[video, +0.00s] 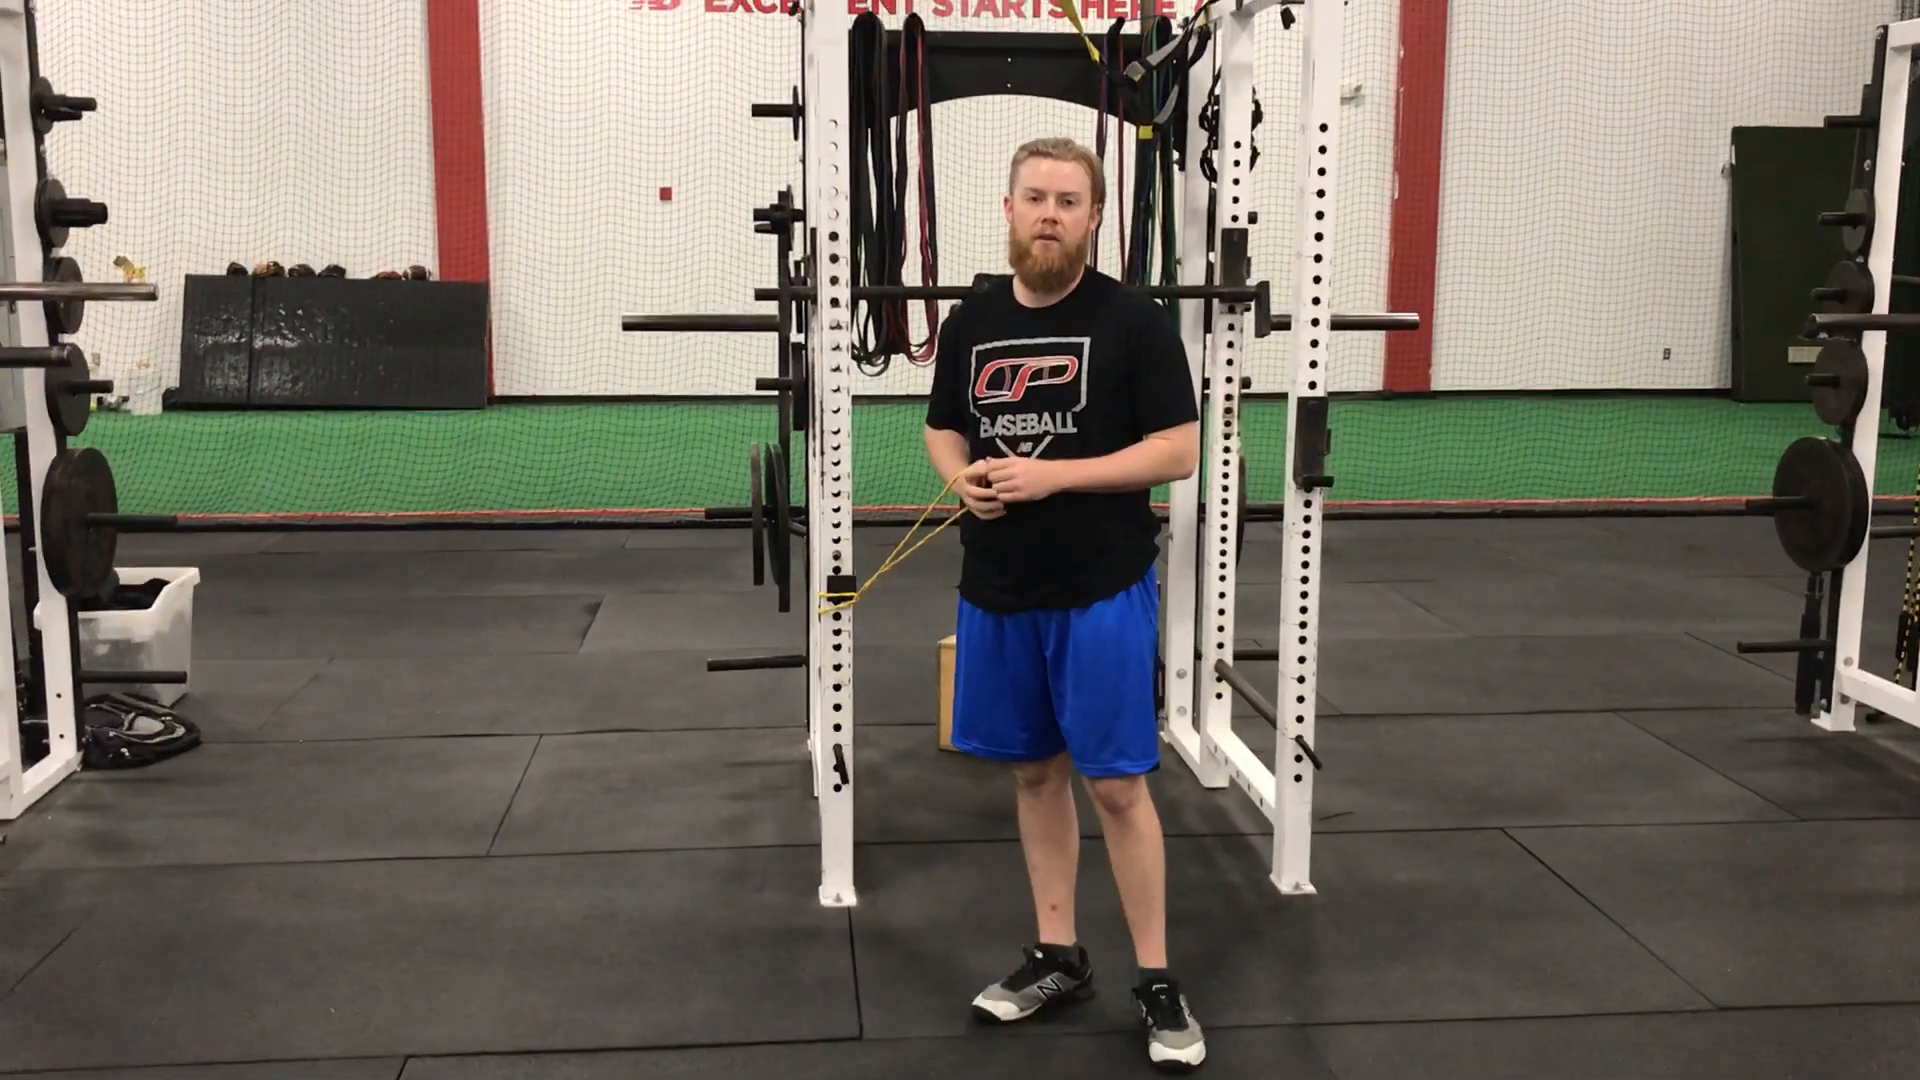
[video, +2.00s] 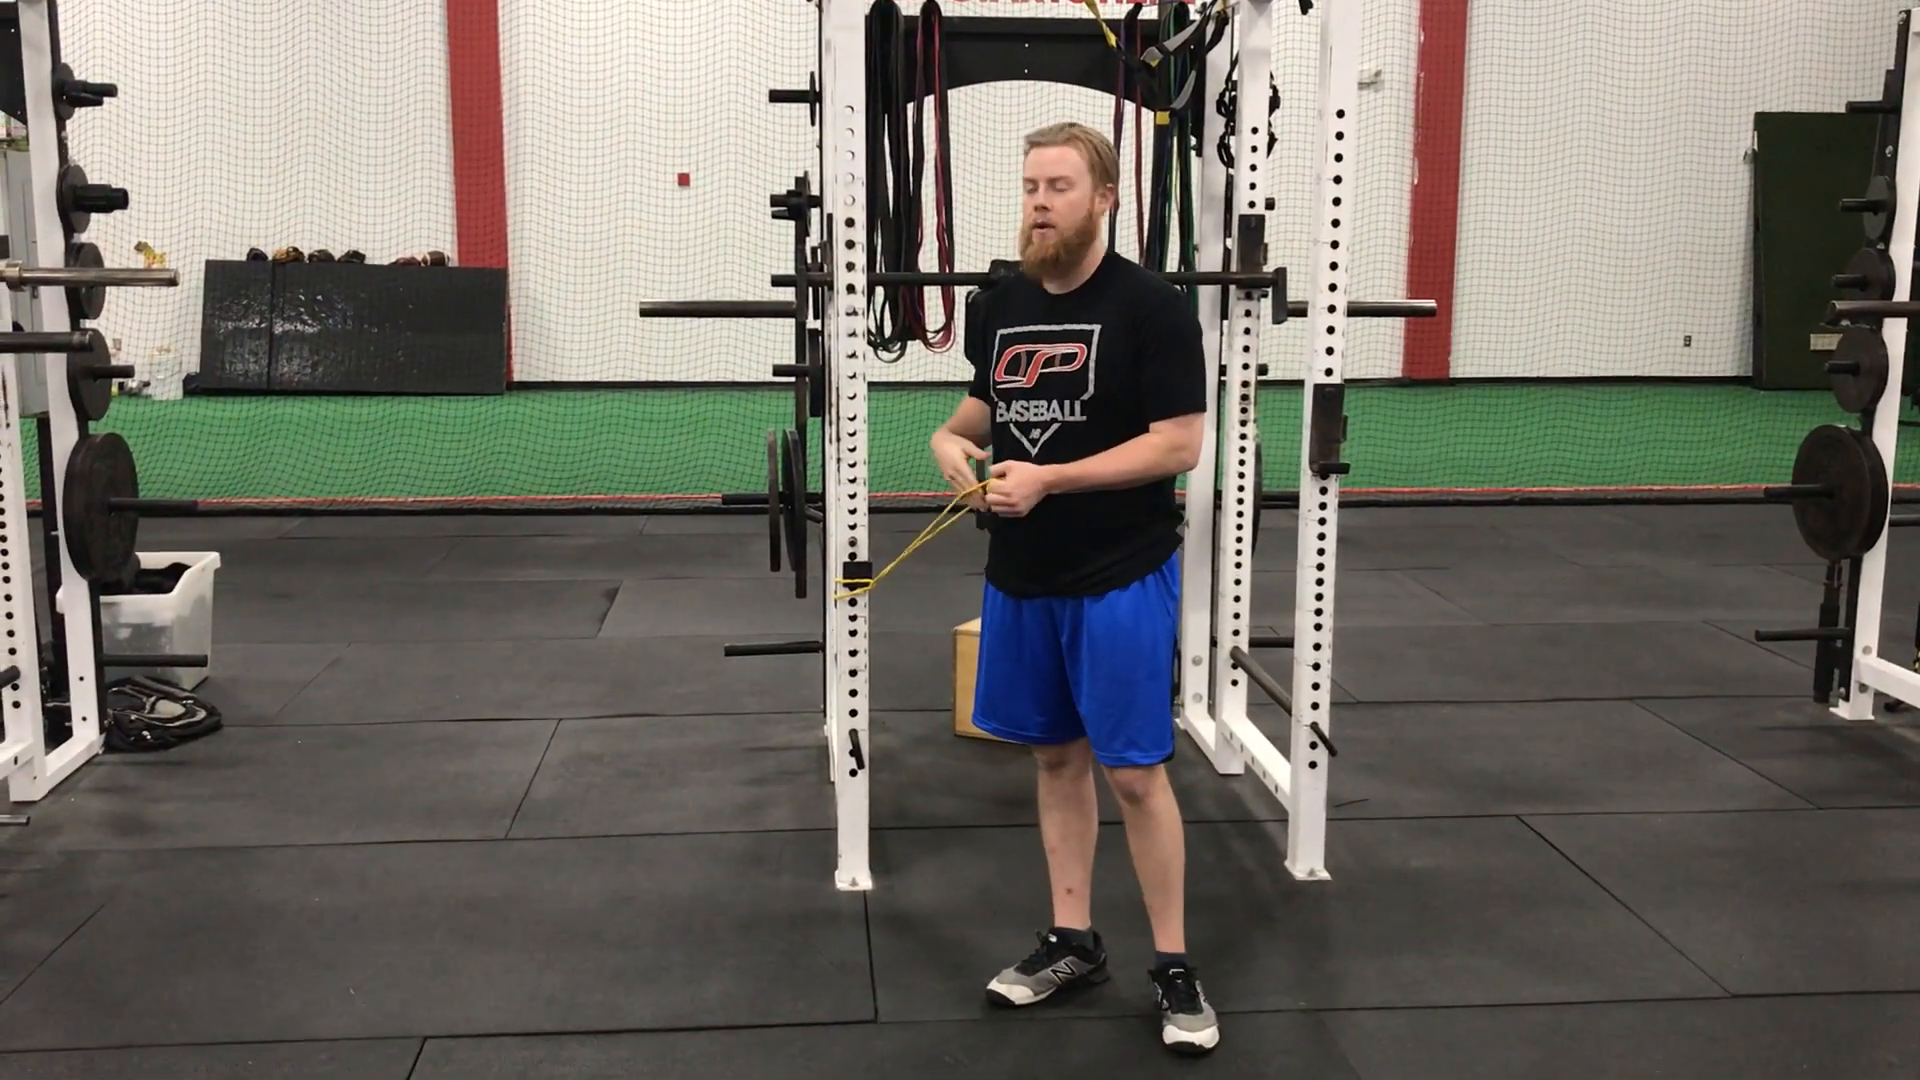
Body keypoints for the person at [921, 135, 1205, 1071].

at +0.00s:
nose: (1050, 214)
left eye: (1068, 201)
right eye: (1035, 197)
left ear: (1094, 218)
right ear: (1007, 210)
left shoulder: (1134, 321)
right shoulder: (972, 320)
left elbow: (1178, 450)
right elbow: (941, 430)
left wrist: (1055, 473)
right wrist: (965, 479)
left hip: (1105, 592)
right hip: (1002, 592)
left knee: (1117, 787)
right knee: (1036, 775)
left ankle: (1155, 981)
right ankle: (1057, 956)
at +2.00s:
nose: (1037, 202)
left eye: (1057, 187)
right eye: (1029, 187)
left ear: (1102, 200)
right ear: (1021, 199)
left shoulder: (1152, 305)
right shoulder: (999, 301)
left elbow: (1182, 442)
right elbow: (986, 408)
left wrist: (1050, 476)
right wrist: (948, 438)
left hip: (1122, 578)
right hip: (1024, 579)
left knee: (1134, 774)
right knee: (1057, 760)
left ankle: (1172, 966)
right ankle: (1072, 940)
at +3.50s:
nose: (1095, 242)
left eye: (1102, 224)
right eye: (1095, 224)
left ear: (1147, 224)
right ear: (1149, 222)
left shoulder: (1236, 334)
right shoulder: (1128, 317)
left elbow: (1245, 482)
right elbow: (1098, 437)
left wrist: (1107, 505)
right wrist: (1035, 525)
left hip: (1196, 606)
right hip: (1106, 597)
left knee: (1209, 788)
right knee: (1101, 772)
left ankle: (1211, 974)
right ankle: (1095, 958)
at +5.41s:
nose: (1128, 217)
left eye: (1147, 200)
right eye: (1123, 200)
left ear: (1202, 210)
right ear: (1123, 208)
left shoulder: (1258, 326)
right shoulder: (1109, 324)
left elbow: (1272, 472)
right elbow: (1083, 458)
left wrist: (1129, 494)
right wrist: (1052, 580)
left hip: (1222, 606)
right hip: (1116, 601)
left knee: (1230, 793)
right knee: (1112, 777)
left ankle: (1239, 978)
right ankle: (1120, 961)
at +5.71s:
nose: (1089, 235)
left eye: (1102, 216)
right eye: (1088, 218)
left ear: (1160, 220)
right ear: (1133, 222)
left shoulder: (1229, 339)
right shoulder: (1113, 328)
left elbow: (1236, 493)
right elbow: (1116, 474)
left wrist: (1100, 511)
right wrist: (1070, 580)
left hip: (1196, 617)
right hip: (1097, 605)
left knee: (1221, 802)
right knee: (1031, 760)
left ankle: (1247, 975)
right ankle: (1036, 969)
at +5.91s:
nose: (1007, 254)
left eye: (1020, 235)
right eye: (1008, 236)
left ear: (1076, 236)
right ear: (1067, 238)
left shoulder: (1143, 349)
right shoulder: (1051, 339)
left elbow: (1149, 506)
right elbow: (1077, 472)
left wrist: (1025, 531)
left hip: (1144, 634)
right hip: (1041, 622)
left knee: (1189, 813)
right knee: (958, 769)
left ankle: (1247, 974)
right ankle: (917, 982)